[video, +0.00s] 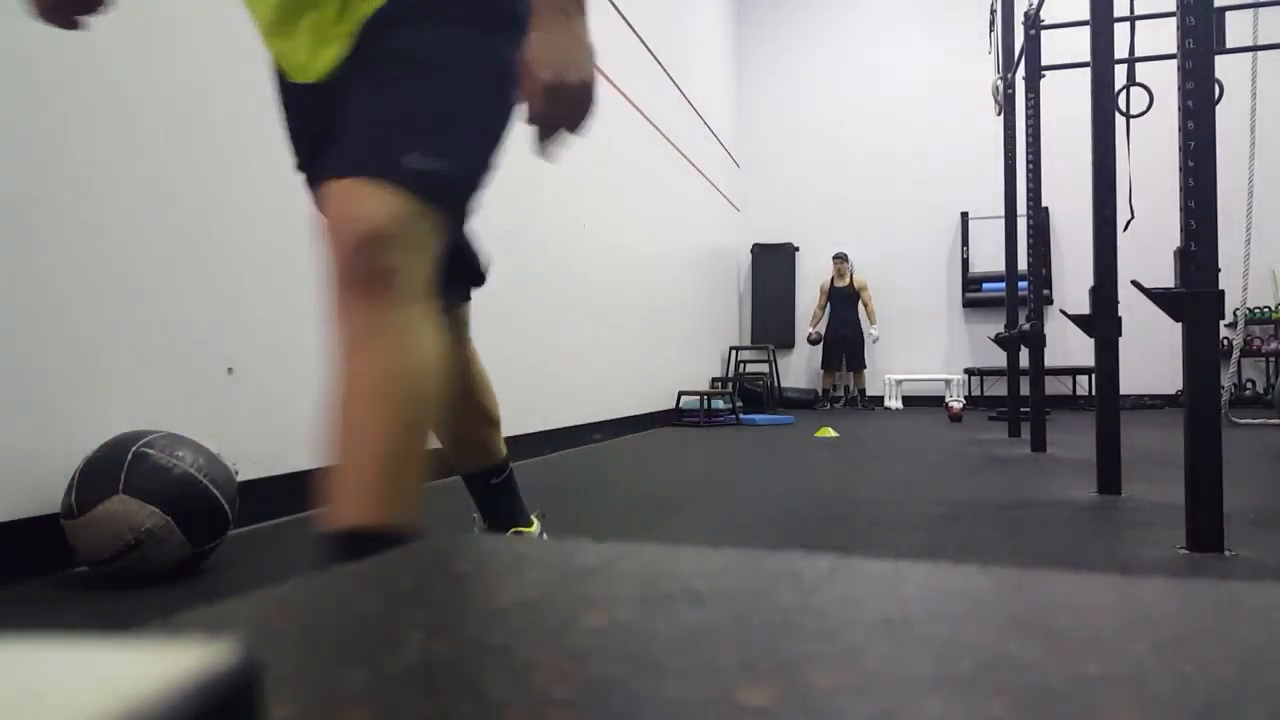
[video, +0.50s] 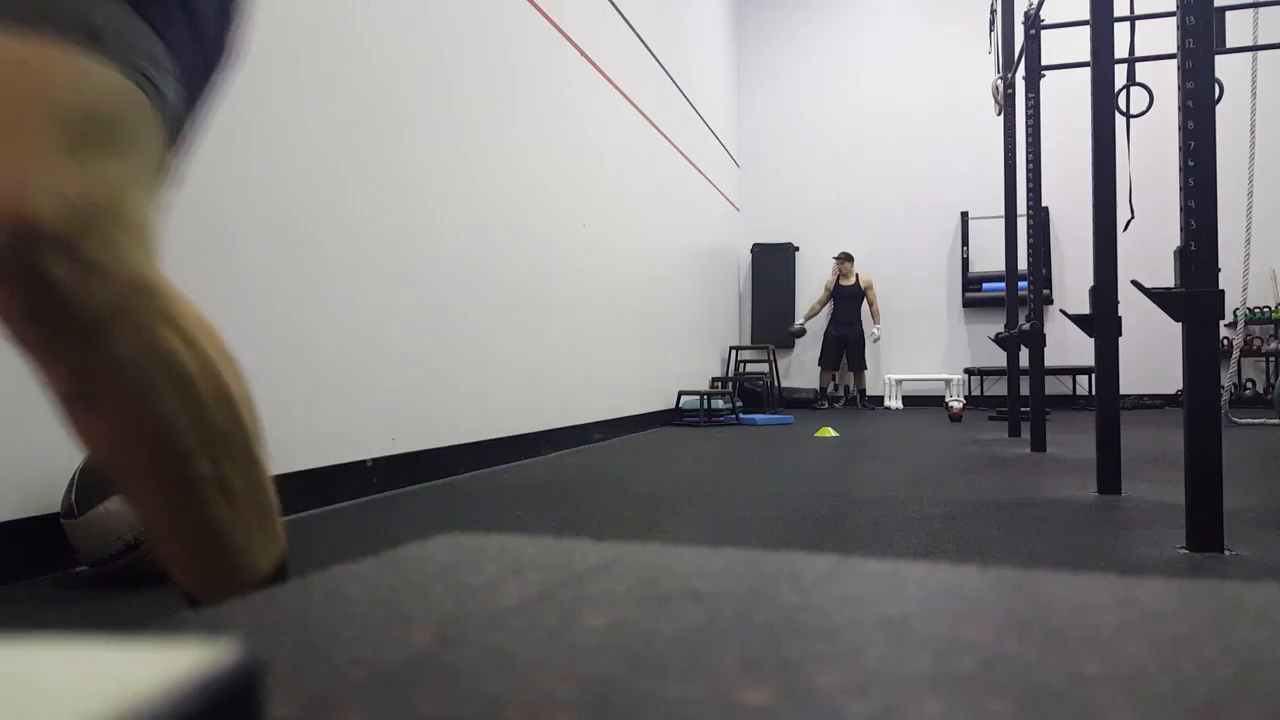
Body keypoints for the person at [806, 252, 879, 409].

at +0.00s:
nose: (838, 267)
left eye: (841, 263)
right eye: (835, 264)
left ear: (848, 265)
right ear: (832, 266)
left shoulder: (858, 283)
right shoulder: (827, 285)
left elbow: (867, 304)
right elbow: (820, 308)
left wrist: (874, 326)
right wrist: (811, 327)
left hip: (853, 331)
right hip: (833, 331)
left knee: (858, 368)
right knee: (829, 368)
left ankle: (862, 400)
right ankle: (825, 400)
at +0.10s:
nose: (839, 266)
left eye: (842, 262)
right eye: (837, 263)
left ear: (849, 264)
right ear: (834, 265)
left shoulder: (860, 283)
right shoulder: (828, 285)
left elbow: (870, 304)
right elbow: (821, 308)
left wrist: (876, 326)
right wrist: (811, 327)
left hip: (853, 330)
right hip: (833, 330)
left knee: (858, 368)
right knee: (829, 368)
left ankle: (862, 399)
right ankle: (825, 399)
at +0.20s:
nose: (842, 265)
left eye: (844, 262)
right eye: (839, 263)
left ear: (851, 263)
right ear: (836, 265)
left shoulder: (862, 282)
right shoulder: (830, 284)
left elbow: (871, 304)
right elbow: (822, 307)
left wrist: (877, 326)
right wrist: (811, 326)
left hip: (854, 330)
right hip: (834, 330)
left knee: (858, 368)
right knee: (829, 367)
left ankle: (862, 400)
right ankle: (825, 399)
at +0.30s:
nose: (843, 265)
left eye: (846, 262)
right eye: (841, 263)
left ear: (853, 263)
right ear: (838, 265)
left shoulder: (864, 282)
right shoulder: (833, 283)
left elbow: (873, 304)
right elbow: (824, 306)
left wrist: (877, 326)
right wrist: (811, 324)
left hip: (855, 330)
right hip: (835, 330)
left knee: (859, 368)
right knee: (829, 367)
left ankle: (861, 400)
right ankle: (824, 399)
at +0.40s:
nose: (843, 266)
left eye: (846, 262)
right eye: (841, 263)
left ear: (853, 263)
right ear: (838, 265)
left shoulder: (865, 282)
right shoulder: (833, 283)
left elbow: (873, 304)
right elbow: (823, 305)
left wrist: (877, 327)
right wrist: (808, 323)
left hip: (856, 330)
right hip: (835, 330)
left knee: (859, 367)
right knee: (827, 365)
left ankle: (862, 399)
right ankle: (824, 398)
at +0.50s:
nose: (839, 267)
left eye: (842, 264)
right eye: (838, 264)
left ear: (851, 264)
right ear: (836, 265)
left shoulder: (864, 282)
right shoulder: (832, 283)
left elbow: (872, 304)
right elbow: (819, 304)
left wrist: (877, 326)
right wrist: (802, 320)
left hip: (855, 330)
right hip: (834, 330)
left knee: (858, 367)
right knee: (827, 365)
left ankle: (862, 400)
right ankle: (822, 398)